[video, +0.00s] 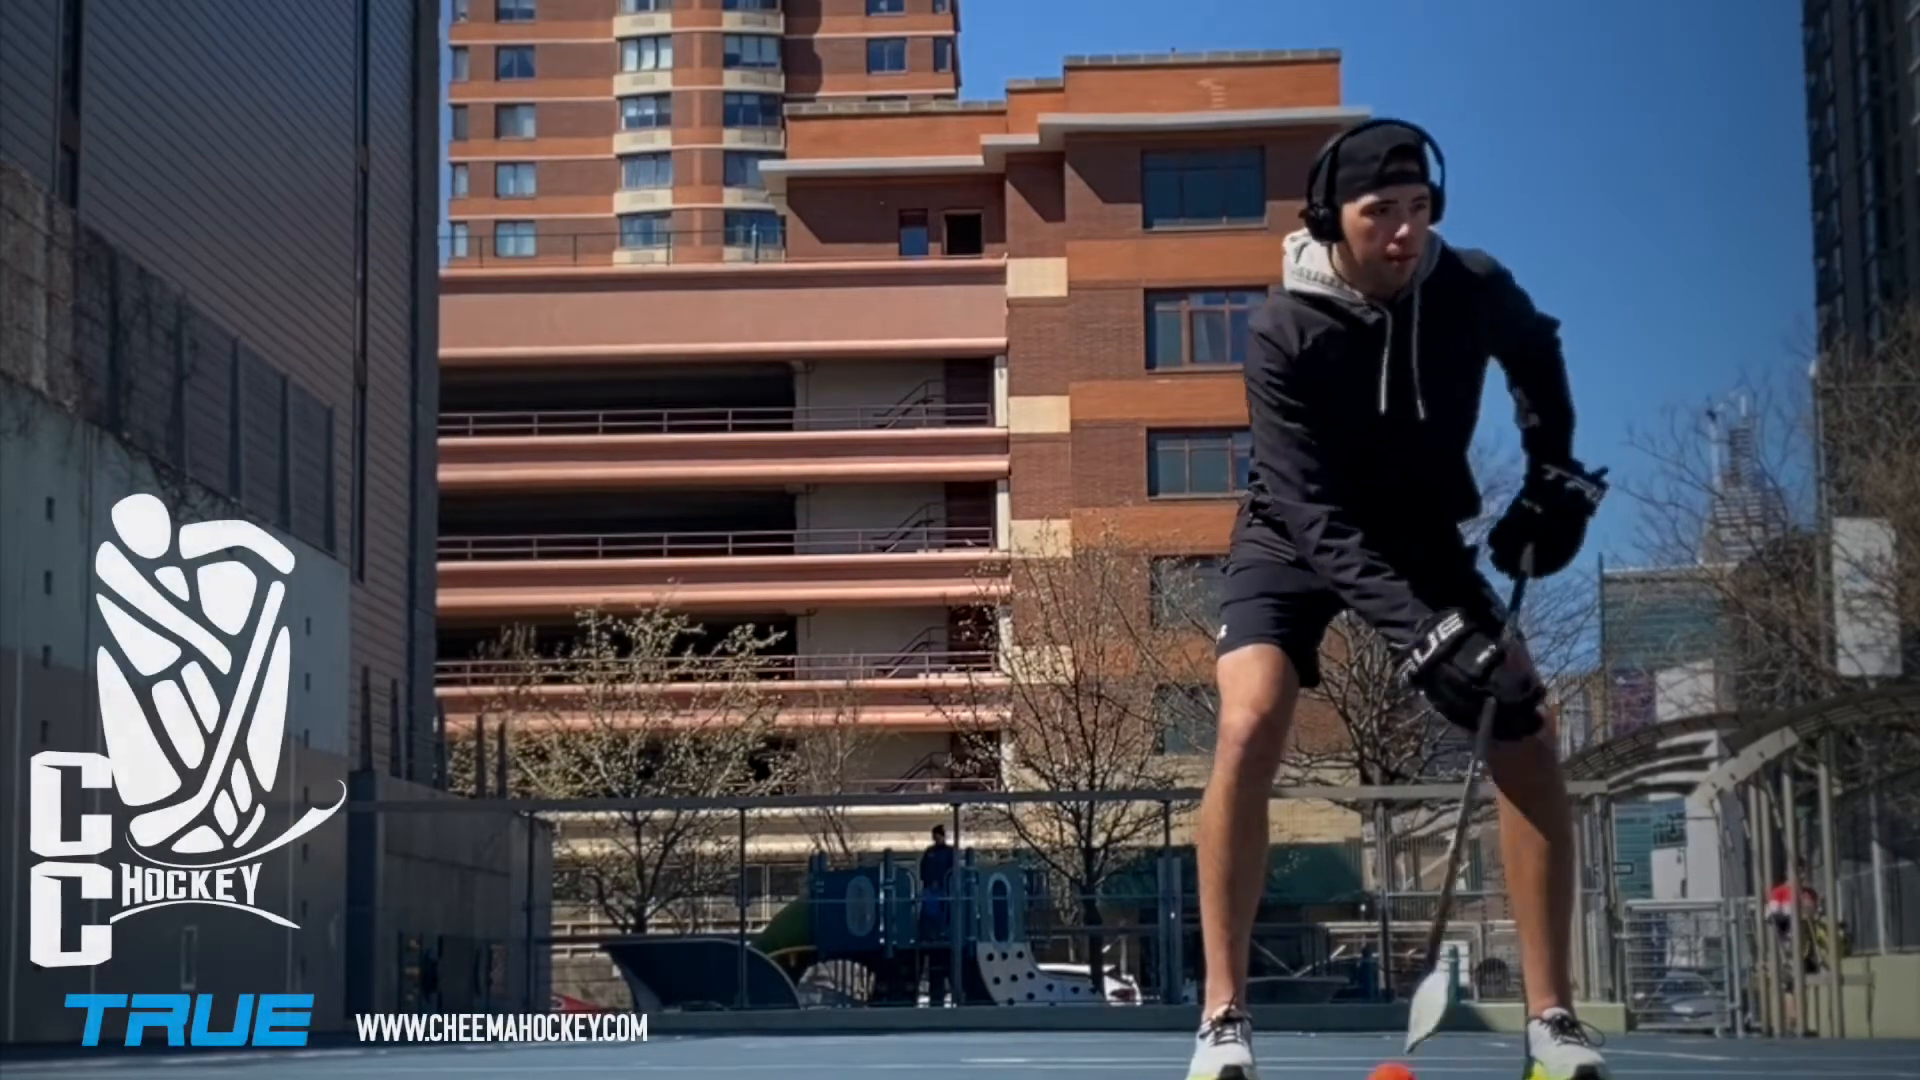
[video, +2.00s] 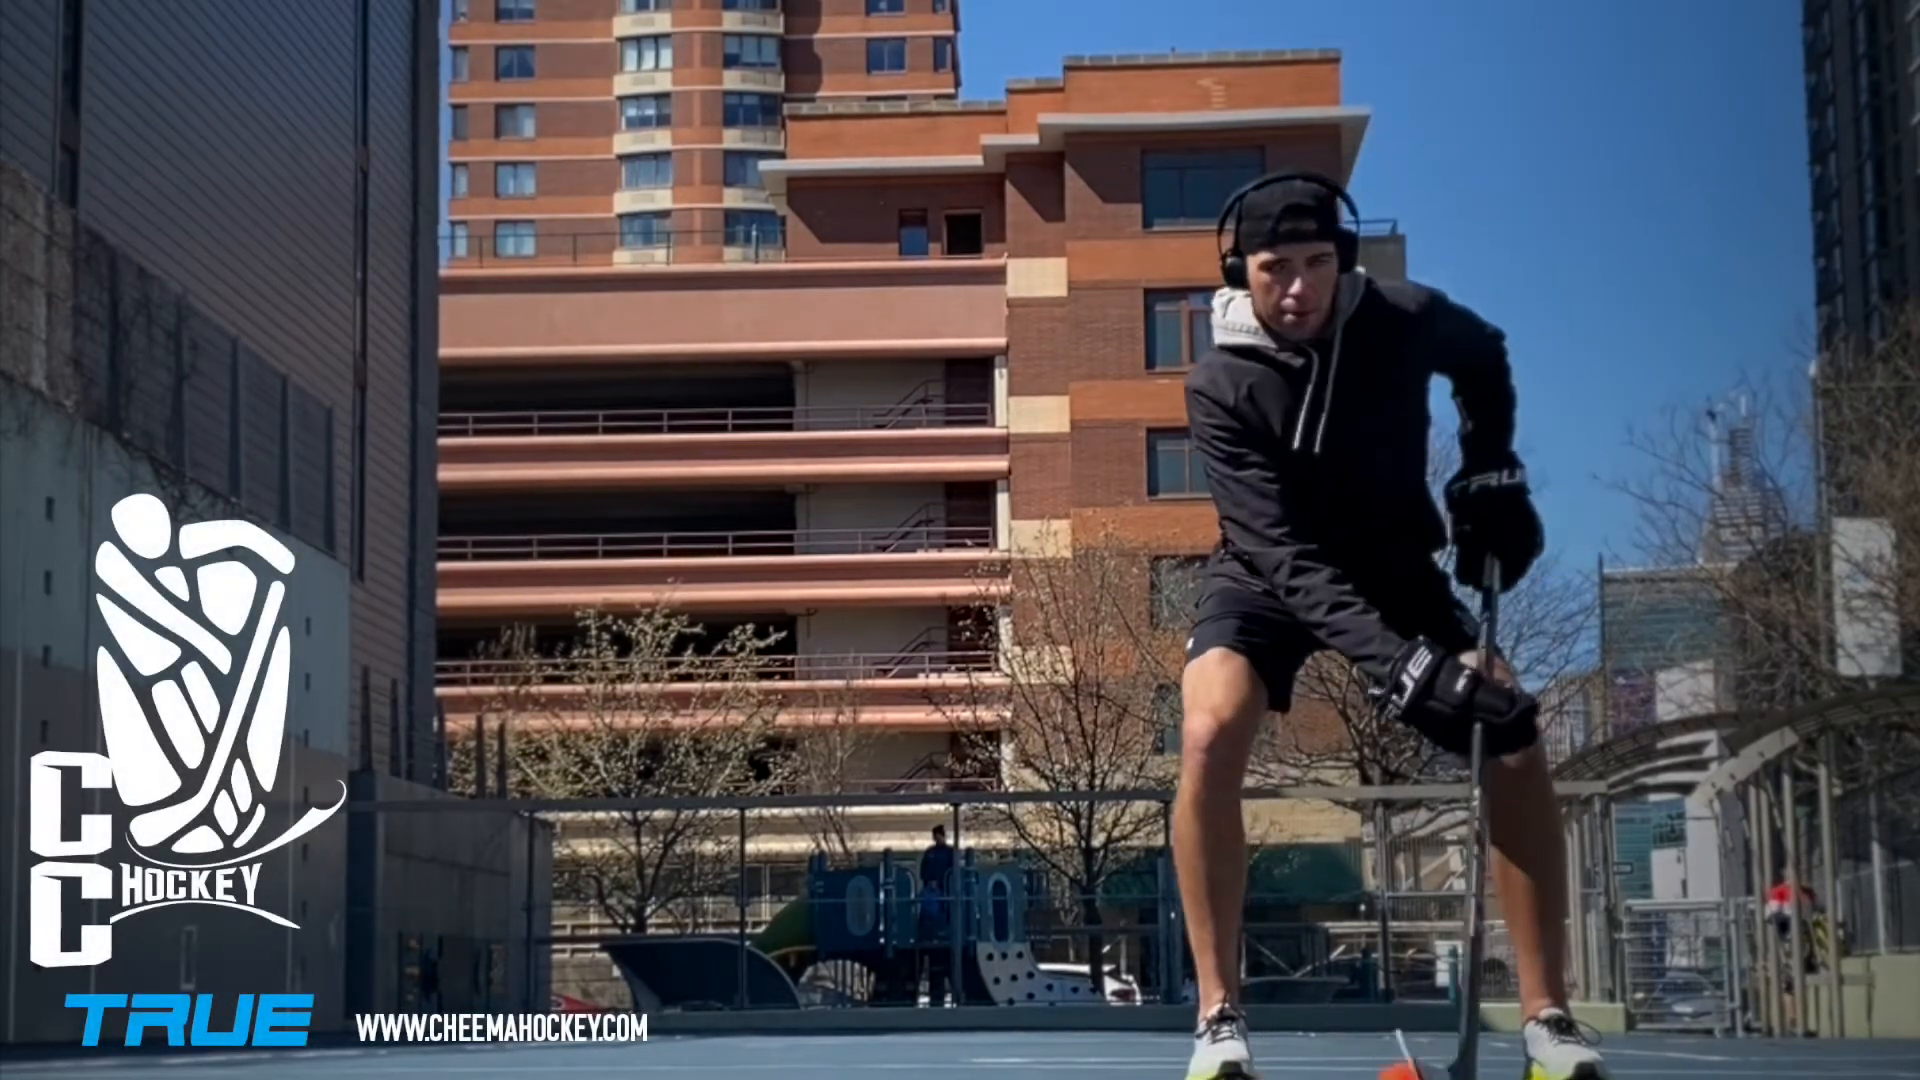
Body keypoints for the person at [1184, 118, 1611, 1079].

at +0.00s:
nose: (1404, 229)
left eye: (1419, 208)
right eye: (1380, 211)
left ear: (1436, 211)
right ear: (1332, 219)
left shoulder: (1471, 287)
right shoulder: (1286, 328)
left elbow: (1534, 354)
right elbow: (1309, 515)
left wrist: (1551, 472)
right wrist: (1425, 632)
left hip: (1425, 534)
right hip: (1295, 535)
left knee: (1528, 744)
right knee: (1249, 727)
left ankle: (1552, 1018)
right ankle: (1223, 1016)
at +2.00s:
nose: (1296, 291)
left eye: (1313, 268)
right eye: (1274, 271)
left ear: (1343, 265)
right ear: (1241, 275)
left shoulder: (1403, 319)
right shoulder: (1225, 386)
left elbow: (1481, 357)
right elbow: (1280, 559)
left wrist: (1489, 473)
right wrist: (1407, 668)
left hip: (1395, 566)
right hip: (1266, 573)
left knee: (1509, 723)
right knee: (1210, 730)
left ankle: (1546, 1013)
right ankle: (1217, 1015)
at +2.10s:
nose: (1299, 290)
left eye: (1317, 266)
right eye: (1277, 269)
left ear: (1347, 264)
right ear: (1246, 272)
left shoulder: (1407, 326)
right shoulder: (1223, 387)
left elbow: (1490, 378)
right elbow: (1256, 557)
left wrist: (1515, 490)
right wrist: (1364, 658)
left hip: (1392, 574)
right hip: (1262, 575)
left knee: (1513, 745)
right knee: (1215, 735)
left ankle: (1548, 1013)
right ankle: (1222, 1009)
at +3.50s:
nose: (1306, 277)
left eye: (1325, 255)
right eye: (1286, 258)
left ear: (1360, 258)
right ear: (1261, 268)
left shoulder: (1426, 325)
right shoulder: (1244, 382)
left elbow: (1515, 369)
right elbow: (1286, 560)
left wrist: (1545, 485)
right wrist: (1408, 665)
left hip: (1410, 572)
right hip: (1282, 576)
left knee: (1525, 739)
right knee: (1227, 729)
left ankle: (1549, 1016)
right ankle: (1217, 1012)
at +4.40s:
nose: (1368, 252)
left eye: (1389, 230)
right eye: (1349, 230)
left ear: (1424, 230)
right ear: (1321, 232)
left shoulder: (1476, 294)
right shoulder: (1285, 336)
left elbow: (1543, 362)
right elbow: (1298, 521)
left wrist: (1546, 482)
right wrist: (1396, 640)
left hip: (1432, 535)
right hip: (1301, 539)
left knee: (1534, 726)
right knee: (1249, 725)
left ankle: (1552, 1015)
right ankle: (1222, 1014)